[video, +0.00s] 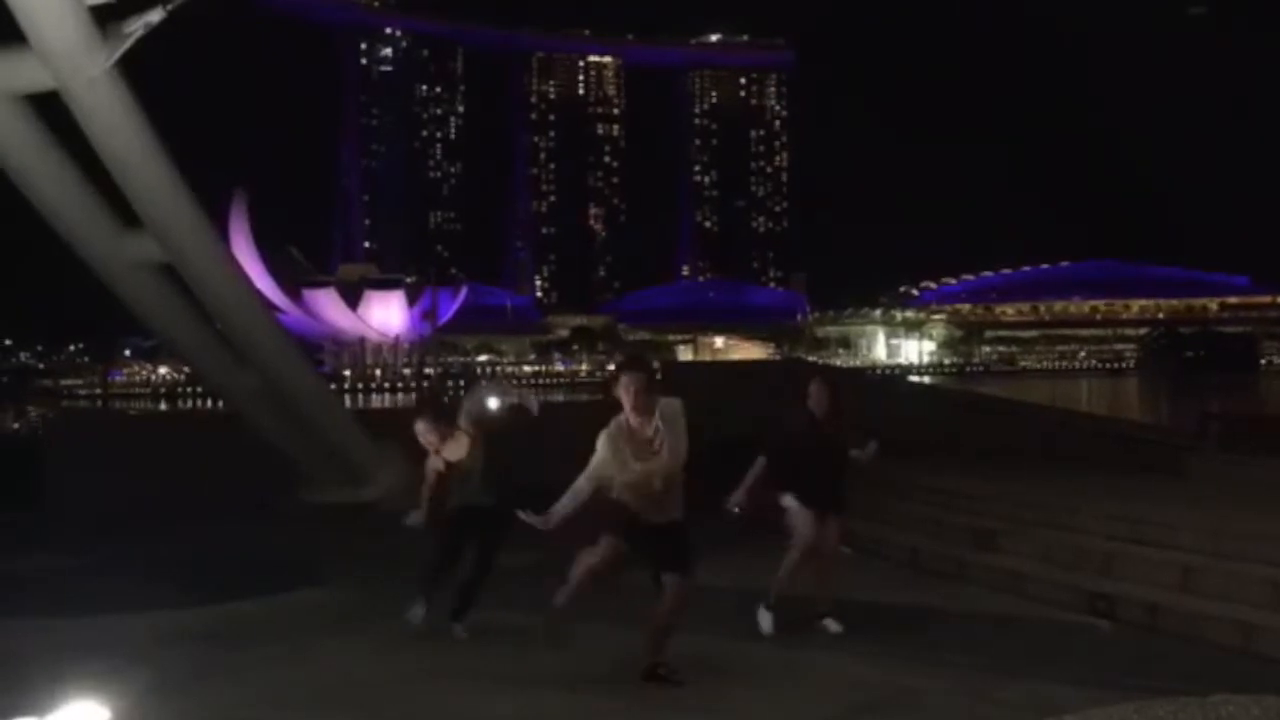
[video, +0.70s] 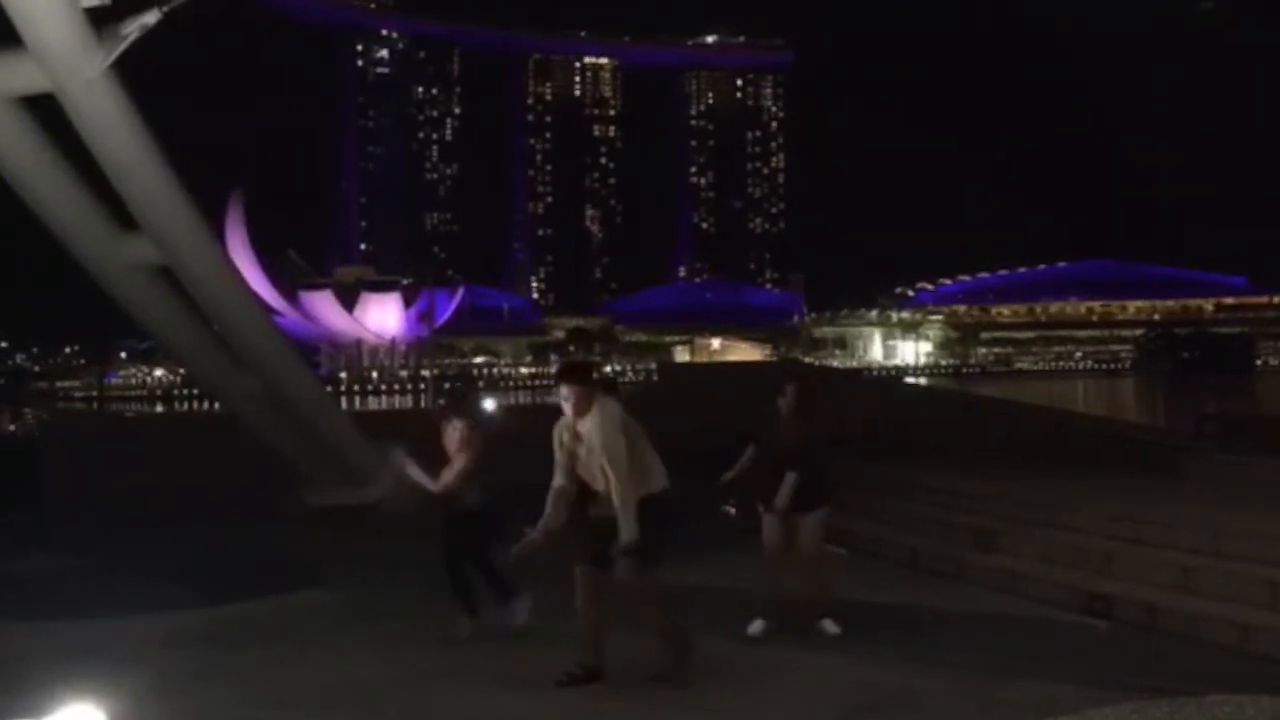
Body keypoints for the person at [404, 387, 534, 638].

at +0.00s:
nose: (424, 440)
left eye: (427, 432)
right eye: (420, 435)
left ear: (440, 427)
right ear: (419, 438)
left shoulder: (470, 432)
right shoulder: (436, 463)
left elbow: (480, 396)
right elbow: (428, 491)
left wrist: (519, 396)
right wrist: (422, 513)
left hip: (489, 506)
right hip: (457, 511)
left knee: (480, 565)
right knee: (444, 555)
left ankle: (458, 618)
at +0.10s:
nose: (428, 433)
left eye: (431, 426)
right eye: (424, 429)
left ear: (444, 421)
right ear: (423, 430)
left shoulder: (468, 422)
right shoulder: (437, 453)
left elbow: (487, 380)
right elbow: (442, 484)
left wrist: (518, 395)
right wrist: (445, 503)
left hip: (488, 499)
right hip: (461, 507)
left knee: (488, 559)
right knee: (458, 561)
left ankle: (462, 615)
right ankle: (447, 620)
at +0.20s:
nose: (436, 428)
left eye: (439, 421)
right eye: (431, 423)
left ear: (451, 417)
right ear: (430, 425)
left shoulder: (474, 417)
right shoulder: (442, 446)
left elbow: (499, 394)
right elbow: (455, 479)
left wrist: (518, 433)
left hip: (494, 499)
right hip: (465, 503)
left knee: (497, 557)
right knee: (456, 560)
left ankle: (487, 612)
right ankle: (446, 620)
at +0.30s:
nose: (444, 429)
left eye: (448, 424)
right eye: (440, 425)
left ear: (460, 423)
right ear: (439, 425)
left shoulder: (476, 436)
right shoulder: (446, 444)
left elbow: (501, 451)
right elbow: (446, 452)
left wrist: (493, 487)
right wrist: (446, 437)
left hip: (491, 501)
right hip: (463, 502)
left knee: (499, 560)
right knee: (455, 556)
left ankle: (502, 618)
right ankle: (452, 608)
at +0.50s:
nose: (457, 436)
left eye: (461, 431)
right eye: (454, 432)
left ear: (471, 433)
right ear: (450, 435)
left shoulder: (472, 456)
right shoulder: (458, 455)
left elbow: (437, 466)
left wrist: (435, 431)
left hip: (492, 511)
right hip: (467, 509)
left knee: (498, 564)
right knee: (457, 551)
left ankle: (502, 619)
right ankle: (470, 588)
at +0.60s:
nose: (456, 432)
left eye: (461, 426)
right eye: (452, 427)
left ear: (470, 428)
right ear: (446, 429)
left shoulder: (469, 449)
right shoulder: (452, 449)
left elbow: (432, 460)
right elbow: (433, 458)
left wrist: (432, 424)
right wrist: (432, 421)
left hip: (485, 508)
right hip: (462, 508)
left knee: (490, 563)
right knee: (452, 554)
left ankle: (503, 616)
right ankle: (470, 601)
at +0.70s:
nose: (454, 435)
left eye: (460, 430)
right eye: (451, 429)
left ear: (471, 435)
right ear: (445, 431)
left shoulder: (467, 459)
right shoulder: (458, 458)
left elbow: (439, 488)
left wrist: (409, 467)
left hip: (470, 515)